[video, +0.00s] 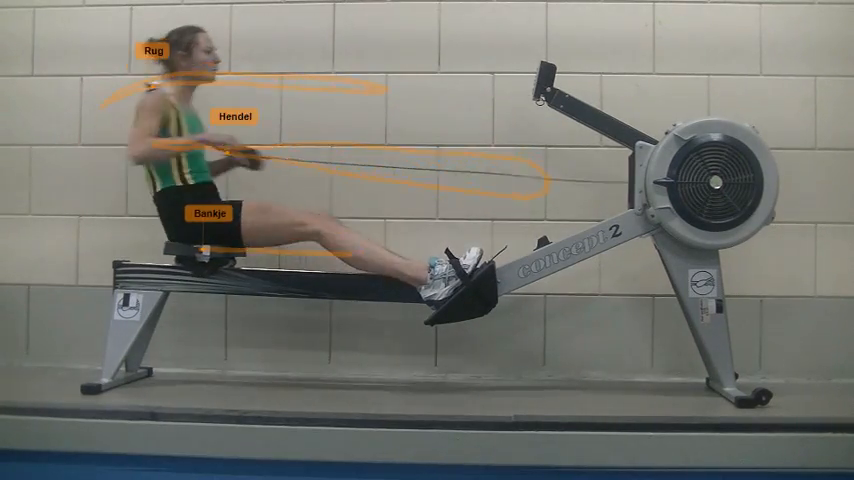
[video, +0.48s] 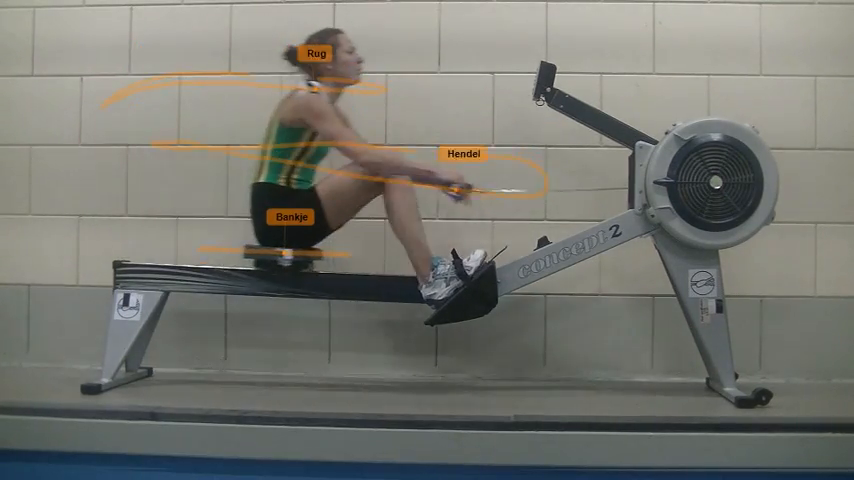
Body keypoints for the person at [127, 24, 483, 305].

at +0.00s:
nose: (217, 60)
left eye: (214, 52)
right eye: (208, 53)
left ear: (189, 60)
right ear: (183, 58)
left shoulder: (186, 111)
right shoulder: (156, 101)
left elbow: (194, 172)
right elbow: (136, 150)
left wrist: (232, 160)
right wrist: (203, 141)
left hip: (201, 210)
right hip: (188, 213)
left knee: (322, 223)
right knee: (316, 224)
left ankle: (431, 273)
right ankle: (426, 282)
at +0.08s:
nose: (240, 56)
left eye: (237, 49)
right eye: (231, 49)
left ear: (212, 57)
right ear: (206, 56)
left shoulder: (205, 106)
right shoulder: (182, 98)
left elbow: (227, 170)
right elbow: (177, 148)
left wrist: (270, 164)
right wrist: (247, 148)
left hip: (211, 214)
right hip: (199, 219)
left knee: (330, 211)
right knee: (325, 213)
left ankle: (429, 276)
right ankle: (426, 280)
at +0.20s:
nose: (277, 55)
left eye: (274, 48)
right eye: (268, 49)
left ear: (249, 58)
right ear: (242, 56)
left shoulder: (244, 104)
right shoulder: (220, 96)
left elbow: (278, 167)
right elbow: (238, 150)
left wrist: (328, 172)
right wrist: (308, 156)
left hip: (229, 216)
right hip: (214, 218)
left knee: (343, 194)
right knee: (337, 195)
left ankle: (428, 275)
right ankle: (426, 281)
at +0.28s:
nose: (302, 57)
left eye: (298, 49)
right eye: (292, 49)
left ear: (273, 59)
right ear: (265, 58)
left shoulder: (271, 105)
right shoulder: (247, 99)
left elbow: (302, 160)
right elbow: (279, 153)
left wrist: (362, 174)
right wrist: (354, 164)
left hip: (246, 215)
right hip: (230, 218)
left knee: (359, 187)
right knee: (351, 189)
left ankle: (430, 274)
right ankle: (427, 280)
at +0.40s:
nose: (336, 58)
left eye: (333, 51)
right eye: (328, 52)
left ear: (306, 65)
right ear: (303, 62)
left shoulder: (303, 106)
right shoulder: (284, 101)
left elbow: (346, 156)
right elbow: (334, 158)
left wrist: (408, 177)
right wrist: (404, 170)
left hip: (270, 214)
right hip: (258, 217)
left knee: (378, 179)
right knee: (374, 181)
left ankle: (432, 274)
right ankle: (430, 281)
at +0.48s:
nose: (359, 58)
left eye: (355, 51)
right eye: (349, 52)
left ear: (329, 64)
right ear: (324, 63)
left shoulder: (328, 107)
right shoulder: (309, 102)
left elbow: (372, 160)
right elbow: (367, 160)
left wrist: (437, 180)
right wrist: (436, 175)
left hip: (290, 213)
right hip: (278, 216)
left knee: (391, 175)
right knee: (388, 177)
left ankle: (432, 275)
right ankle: (431, 280)